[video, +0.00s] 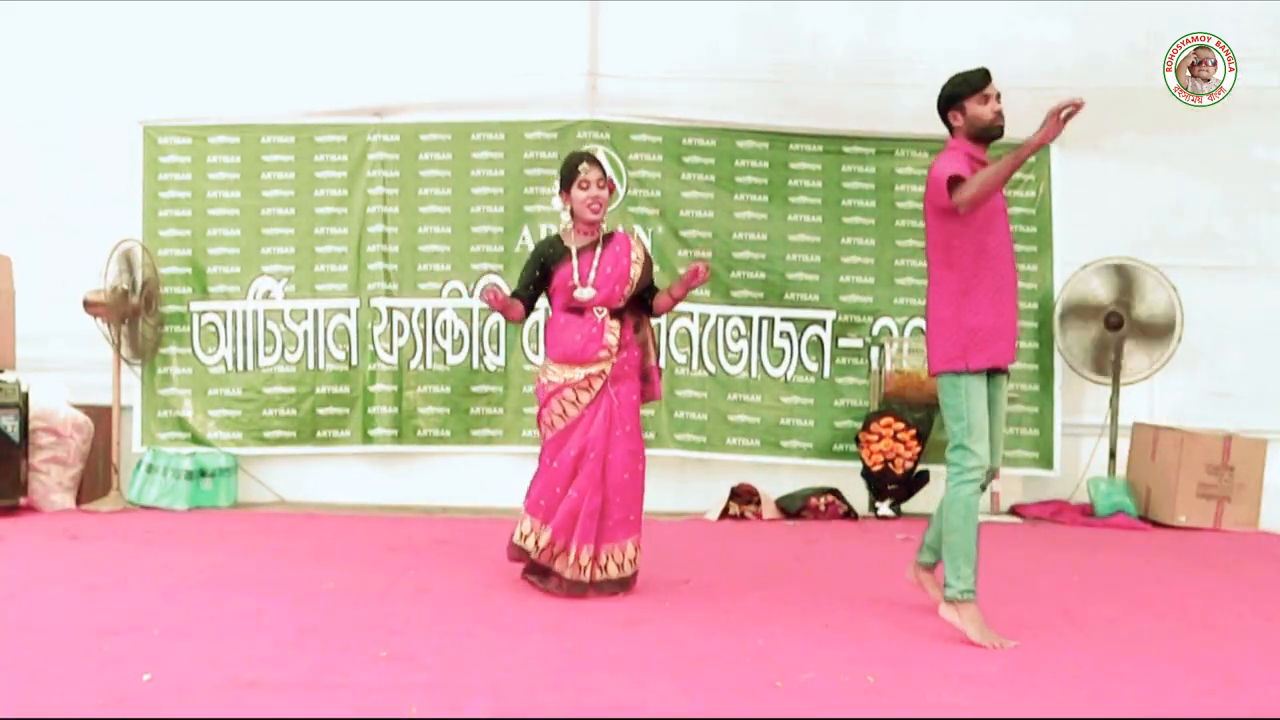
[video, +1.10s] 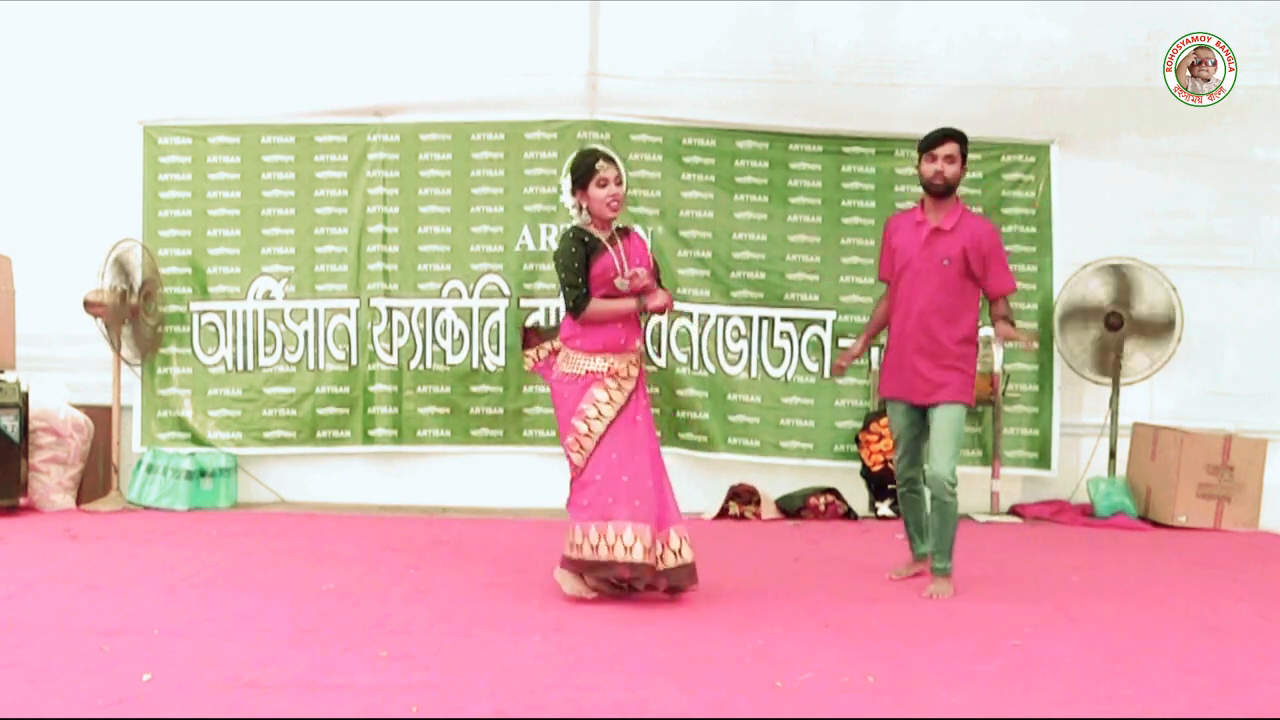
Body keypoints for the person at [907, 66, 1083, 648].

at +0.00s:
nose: (999, 106)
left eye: (997, 98)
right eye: (987, 100)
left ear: (983, 110)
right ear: (957, 114)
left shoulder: (983, 167)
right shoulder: (949, 165)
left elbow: (983, 261)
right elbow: (964, 198)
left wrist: (997, 334)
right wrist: (1033, 144)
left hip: (988, 339)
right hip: (960, 340)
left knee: (981, 466)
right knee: (970, 466)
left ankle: (927, 560)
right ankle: (961, 597)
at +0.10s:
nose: (984, 130)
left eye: (990, 122)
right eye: (971, 124)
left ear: (999, 136)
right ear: (950, 140)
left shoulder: (989, 202)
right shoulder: (942, 197)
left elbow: (985, 287)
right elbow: (940, 277)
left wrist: (1018, 340)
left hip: (993, 365)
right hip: (955, 364)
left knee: (995, 488)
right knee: (973, 482)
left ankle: (956, 604)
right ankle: (950, 614)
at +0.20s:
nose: (970, 139)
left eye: (981, 130)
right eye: (960, 133)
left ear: (1001, 143)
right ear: (951, 148)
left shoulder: (1010, 220)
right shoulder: (936, 205)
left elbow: (1013, 292)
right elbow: (916, 287)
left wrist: (1017, 318)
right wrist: (986, 300)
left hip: (986, 369)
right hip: (939, 365)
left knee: (991, 493)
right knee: (954, 483)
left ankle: (949, 593)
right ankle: (950, 612)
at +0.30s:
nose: (957, 127)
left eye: (968, 118)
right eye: (953, 119)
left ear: (997, 129)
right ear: (947, 131)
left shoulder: (1021, 200)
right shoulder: (925, 187)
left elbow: (1057, 278)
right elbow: (888, 260)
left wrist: (1026, 250)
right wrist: (941, 244)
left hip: (981, 357)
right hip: (920, 351)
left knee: (973, 476)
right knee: (926, 465)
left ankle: (948, 585)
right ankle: (927, 587)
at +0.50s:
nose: (939, 127)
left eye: (951, 121)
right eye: (939, 119)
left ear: (980, 133)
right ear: (936, 128)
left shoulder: (1001, 195)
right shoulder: (913, 188)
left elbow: (1026, 263)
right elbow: (897, 249)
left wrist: (971, 231)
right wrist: (894, 263)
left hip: (963, 347)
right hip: (905, 341)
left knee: (958, 470)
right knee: (902, 458)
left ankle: (950, 586)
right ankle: (911, 536)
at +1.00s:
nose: (931, 152)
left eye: (943, 147)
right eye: (926, 143)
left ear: (958, 159)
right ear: (914, 147)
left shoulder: (971, 206)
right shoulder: (898, 197)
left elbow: (1017, 261)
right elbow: (889, 249)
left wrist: (1021, 225)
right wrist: (842, 269)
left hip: (947, 351)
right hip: (901, 347)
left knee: (935, 461)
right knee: (907, 457)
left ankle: (942, 566)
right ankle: (915, 548)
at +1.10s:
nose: (941, 167)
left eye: (951, 160)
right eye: (933, 158)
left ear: (963, 170)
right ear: (919, 166)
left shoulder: (979, 231)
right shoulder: (898, 225)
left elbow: (999, 300)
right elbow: (891, 295)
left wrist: (1004, 325)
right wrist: (860, 345)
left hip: (951, 370)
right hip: (900, 367)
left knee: (939, 475)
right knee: (907, 472)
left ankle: (942, 569)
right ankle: (922, 554)